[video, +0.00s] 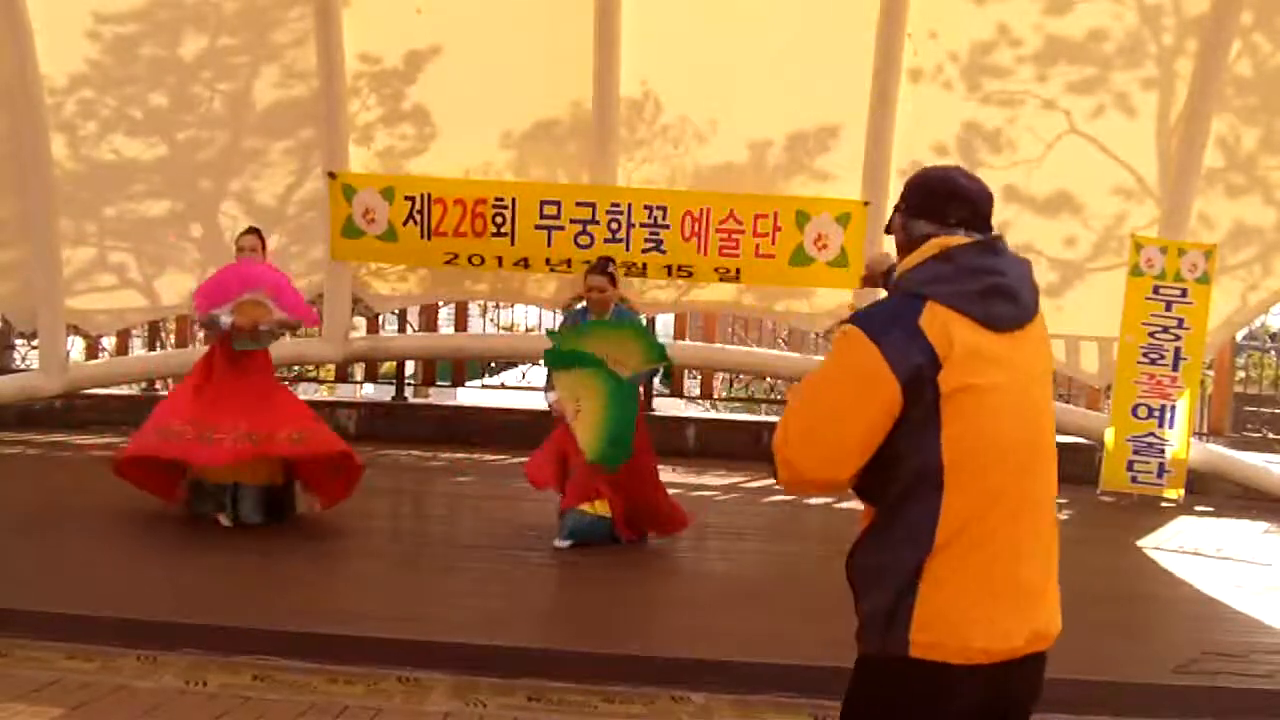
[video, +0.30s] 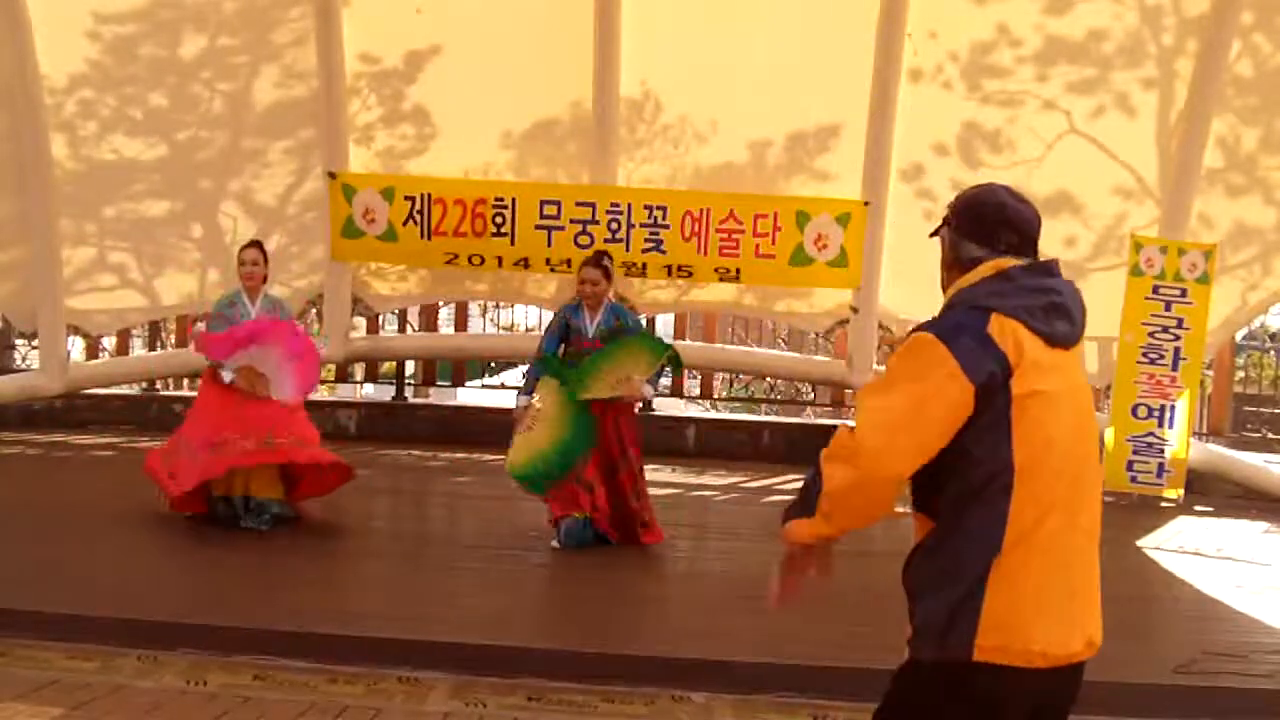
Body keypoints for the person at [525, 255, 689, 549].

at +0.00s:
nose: (594, 296)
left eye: (602, 290)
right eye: (590, 290)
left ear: (615, 290)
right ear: (583, 290)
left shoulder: (629, 320)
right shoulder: (573, 320)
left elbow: (651, 361)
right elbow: (555, 359)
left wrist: (629, 374)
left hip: (619, 398)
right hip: (580, 398)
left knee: (626, 458)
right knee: (574, 455)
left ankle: (632, 524)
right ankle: (569, 524)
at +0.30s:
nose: (586, 289)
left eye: (594, 283)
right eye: (582, 283)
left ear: (609, 284)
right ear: (576, 283)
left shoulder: (624, 318)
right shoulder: (566, 316)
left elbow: (652, 361)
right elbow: (543, 359)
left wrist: (646, 387)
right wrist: (524, 399)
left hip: (614, 402)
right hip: (573, 401)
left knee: (614, 462)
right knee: (569, 461)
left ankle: (613, 525)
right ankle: (570, 524)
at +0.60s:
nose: (593, 268)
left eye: (600, 263)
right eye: (588, 262)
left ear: (612, 266)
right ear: (581, 264)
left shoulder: (624, 302)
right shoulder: (567, 298)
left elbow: (656, 334)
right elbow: (535, 332)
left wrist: (681, 355)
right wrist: (502, 361)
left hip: (610, 390)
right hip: (570, 389)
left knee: (612, 459)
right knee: (569, 459)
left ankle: (604, 535)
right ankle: (565, 530)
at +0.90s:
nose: (603, 249)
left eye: (610, 244)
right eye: (598, 243)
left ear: (623, 252)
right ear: (589, 250)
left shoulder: (635, 286)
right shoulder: (575, 286)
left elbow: (676, 299)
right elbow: (531, 298)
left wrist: (709, 299)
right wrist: (485, 305)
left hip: (620, 381)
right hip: (580, 380)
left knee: (617, 455)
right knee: (575, 453)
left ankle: (611, 538)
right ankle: (574, 537)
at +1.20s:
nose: (604, 247)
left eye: (611, 242)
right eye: (598, 242)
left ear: (623, 250)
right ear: (589, 249)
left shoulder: (635, 286)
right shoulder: (575, 282)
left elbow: (679, 274)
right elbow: (531, 262)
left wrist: (717, 254)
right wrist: (489, 231)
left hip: (623, 381)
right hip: (583, 380)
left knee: (621, 457)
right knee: (585, 457)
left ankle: (615, 541)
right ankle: (589, 546)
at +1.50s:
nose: (605, 247)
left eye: (613, 242)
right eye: (598, 241)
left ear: (624, 251)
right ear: (588, 248)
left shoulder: (634, 286)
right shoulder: (577, 281)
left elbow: (670, 259)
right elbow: (548, 240)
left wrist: (692, 219)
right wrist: (528, 190)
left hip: (624, 386)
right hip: (583, 385)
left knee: (625, 464)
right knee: (586, 465)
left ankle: (620, 551)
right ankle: (594, 555)